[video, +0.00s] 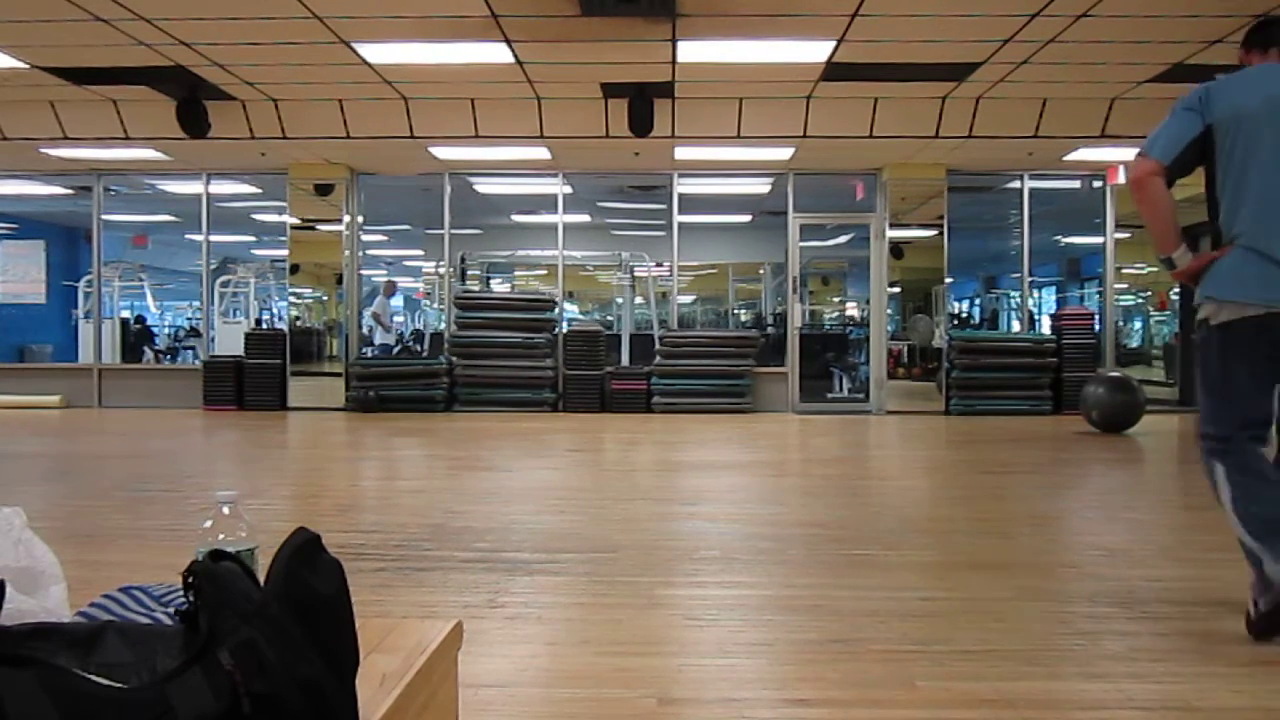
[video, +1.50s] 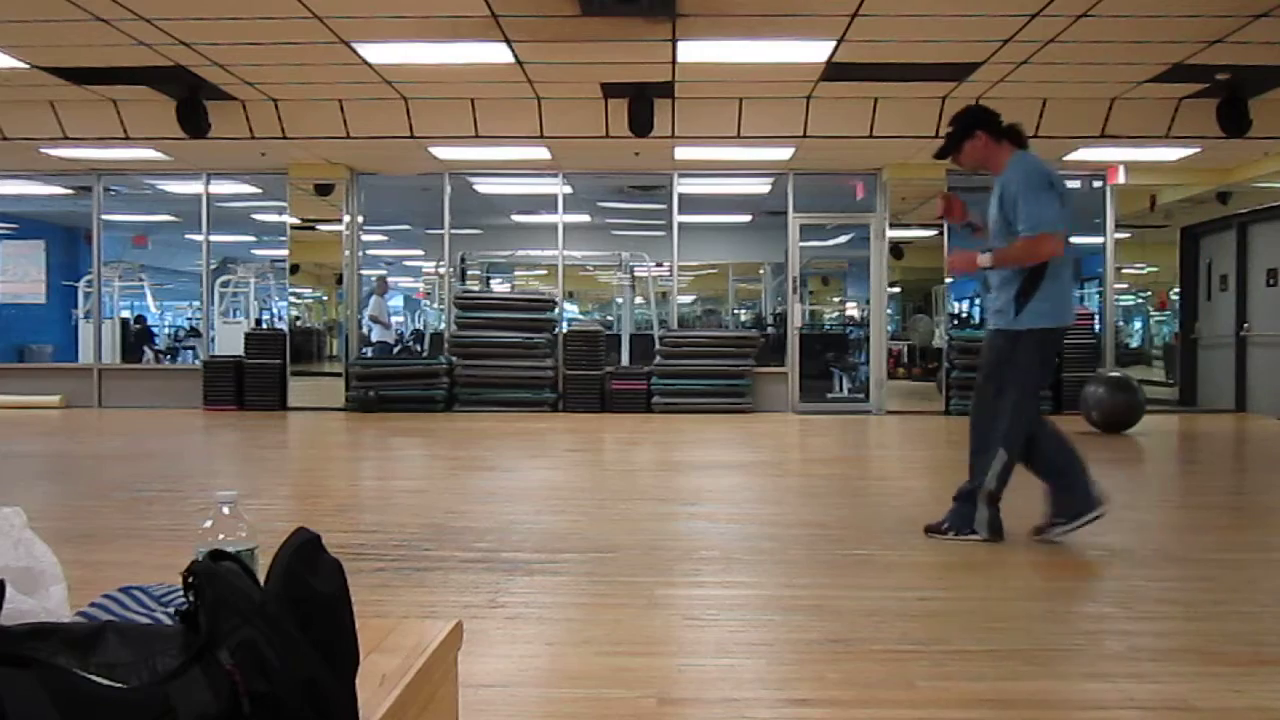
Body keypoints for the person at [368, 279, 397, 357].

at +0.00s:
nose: (395, 291)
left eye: (395, 288)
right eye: (393, 288)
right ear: (387, 288)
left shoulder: (387, 301)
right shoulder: (381, 299)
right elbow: (375, 314)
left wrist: (389, 325)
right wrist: (385, 326)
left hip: (388, 338)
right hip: (383, 338)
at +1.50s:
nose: (387, 288)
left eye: (386, 285)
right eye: (385, 285)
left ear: (385, 286)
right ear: (379, 286)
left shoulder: (383, 300)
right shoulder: (375, 299)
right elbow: (371, 316)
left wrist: (388, 323)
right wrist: (385, 324)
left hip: (386, 338)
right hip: (380, 338)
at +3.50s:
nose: (385, 289)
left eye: (385, 286)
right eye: (383, 286)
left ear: (385, 287)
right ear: (377, 287)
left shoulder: (381, 300)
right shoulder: (373, 299)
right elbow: (365, 314)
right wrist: (379, 323)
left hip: (384, 337)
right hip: (376, 337)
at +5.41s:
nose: (386, 288)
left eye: (386, 286)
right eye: (384, 286)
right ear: (378, 286)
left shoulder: (381, 301)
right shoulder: (373, 299)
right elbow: (366, 314)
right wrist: (380, 324)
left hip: (385, 337)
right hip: (377, 338)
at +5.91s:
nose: (386, 288)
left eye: (386, 285)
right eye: (384, 285)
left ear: (385, 287)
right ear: (378, 286)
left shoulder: (381, 301)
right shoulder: (373, 299)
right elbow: (365, 314)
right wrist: (379, 324)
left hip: (384, 337)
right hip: (376, 338)